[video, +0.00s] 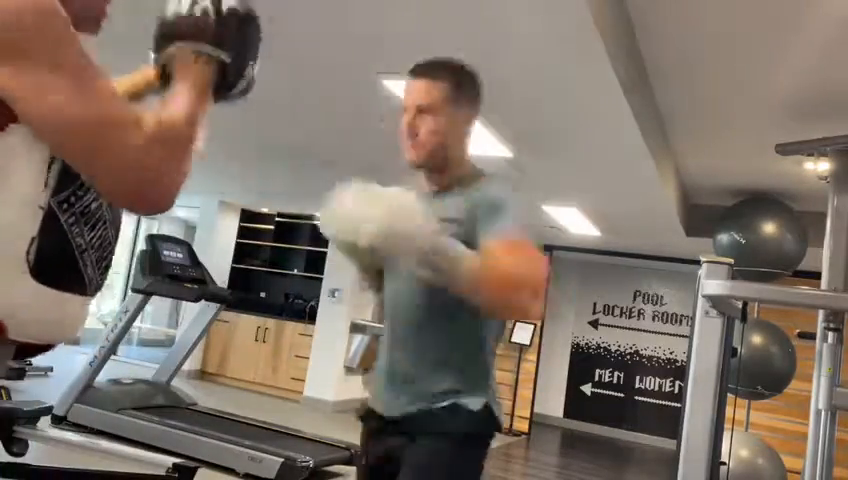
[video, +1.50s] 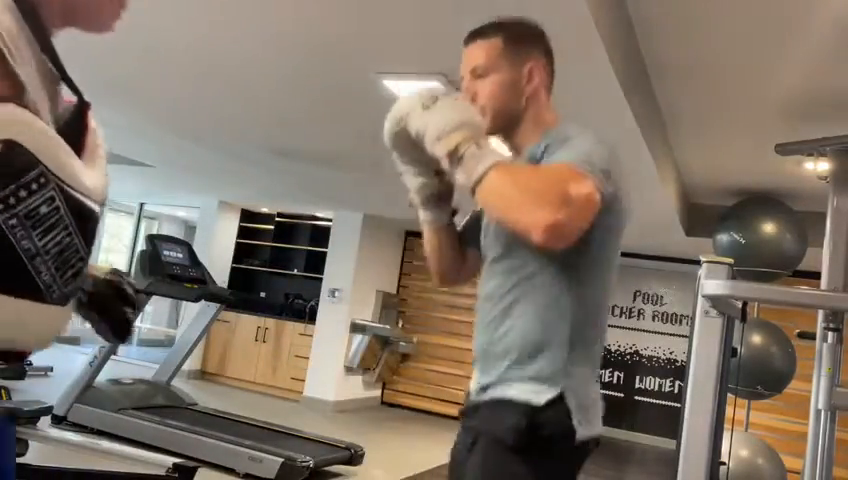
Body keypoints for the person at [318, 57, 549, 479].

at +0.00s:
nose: (408, 125)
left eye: (424, 112)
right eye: (405, 112)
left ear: (466, 119)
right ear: (401, 118)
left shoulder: (491, 201)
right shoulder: (409, 204)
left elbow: (525, 293)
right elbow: (394, 291)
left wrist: (424, 247)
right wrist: (369, 256)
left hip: (451, 420)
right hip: (386, 413)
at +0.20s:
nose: (468, 133)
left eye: (488, 120)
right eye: (460, 116)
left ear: (524, 135)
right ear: (449, 116)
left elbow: (571, 328)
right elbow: (313, 161)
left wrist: (528, 254)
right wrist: (233, 140)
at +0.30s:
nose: (456, 118)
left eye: (477, 105)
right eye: (451, 100)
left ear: (516, 121)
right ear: (443, 103)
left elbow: (559, 320)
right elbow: (313, 195)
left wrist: (511, 240)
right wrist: (277, 175)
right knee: (358, 473)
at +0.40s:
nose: (412, 121)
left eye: (429, 106)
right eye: (410, 106)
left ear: (478, 111)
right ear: (404, 108)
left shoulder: (517, 201)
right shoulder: (415, 184)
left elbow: (508, 302)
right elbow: (347, 245)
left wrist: (446, 213)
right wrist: (338, 191)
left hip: (450, 411)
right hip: (383, 399)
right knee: (357, 473)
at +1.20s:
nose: (438, 137)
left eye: (454, 122)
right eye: (437, 123)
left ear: (496, 129)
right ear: (435, 126)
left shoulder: (538, 196)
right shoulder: (460, 206)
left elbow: (537, 281)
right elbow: (408, 289)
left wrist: (460, 208)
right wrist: (399, 221)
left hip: (507, 402)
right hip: (453, 398)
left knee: (445, 473)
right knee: (414, 472)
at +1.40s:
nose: (452, 132)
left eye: (467, 116)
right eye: (452, 119)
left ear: (516, 125)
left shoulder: (557, 197)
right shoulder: (485, 211)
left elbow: (538, 282)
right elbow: (429, 303)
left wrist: (457, 209)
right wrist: (410, 231)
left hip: (528, 441)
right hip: (474, 434)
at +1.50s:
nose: (465, 94)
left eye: (480, 76)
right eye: (464, 80)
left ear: (533, 77)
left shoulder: (583, 150)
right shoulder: (512, 174)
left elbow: (552, 220)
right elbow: (451, 270)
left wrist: (465, 146)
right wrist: (431, 187)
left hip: (541, 410)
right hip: (493, 401)